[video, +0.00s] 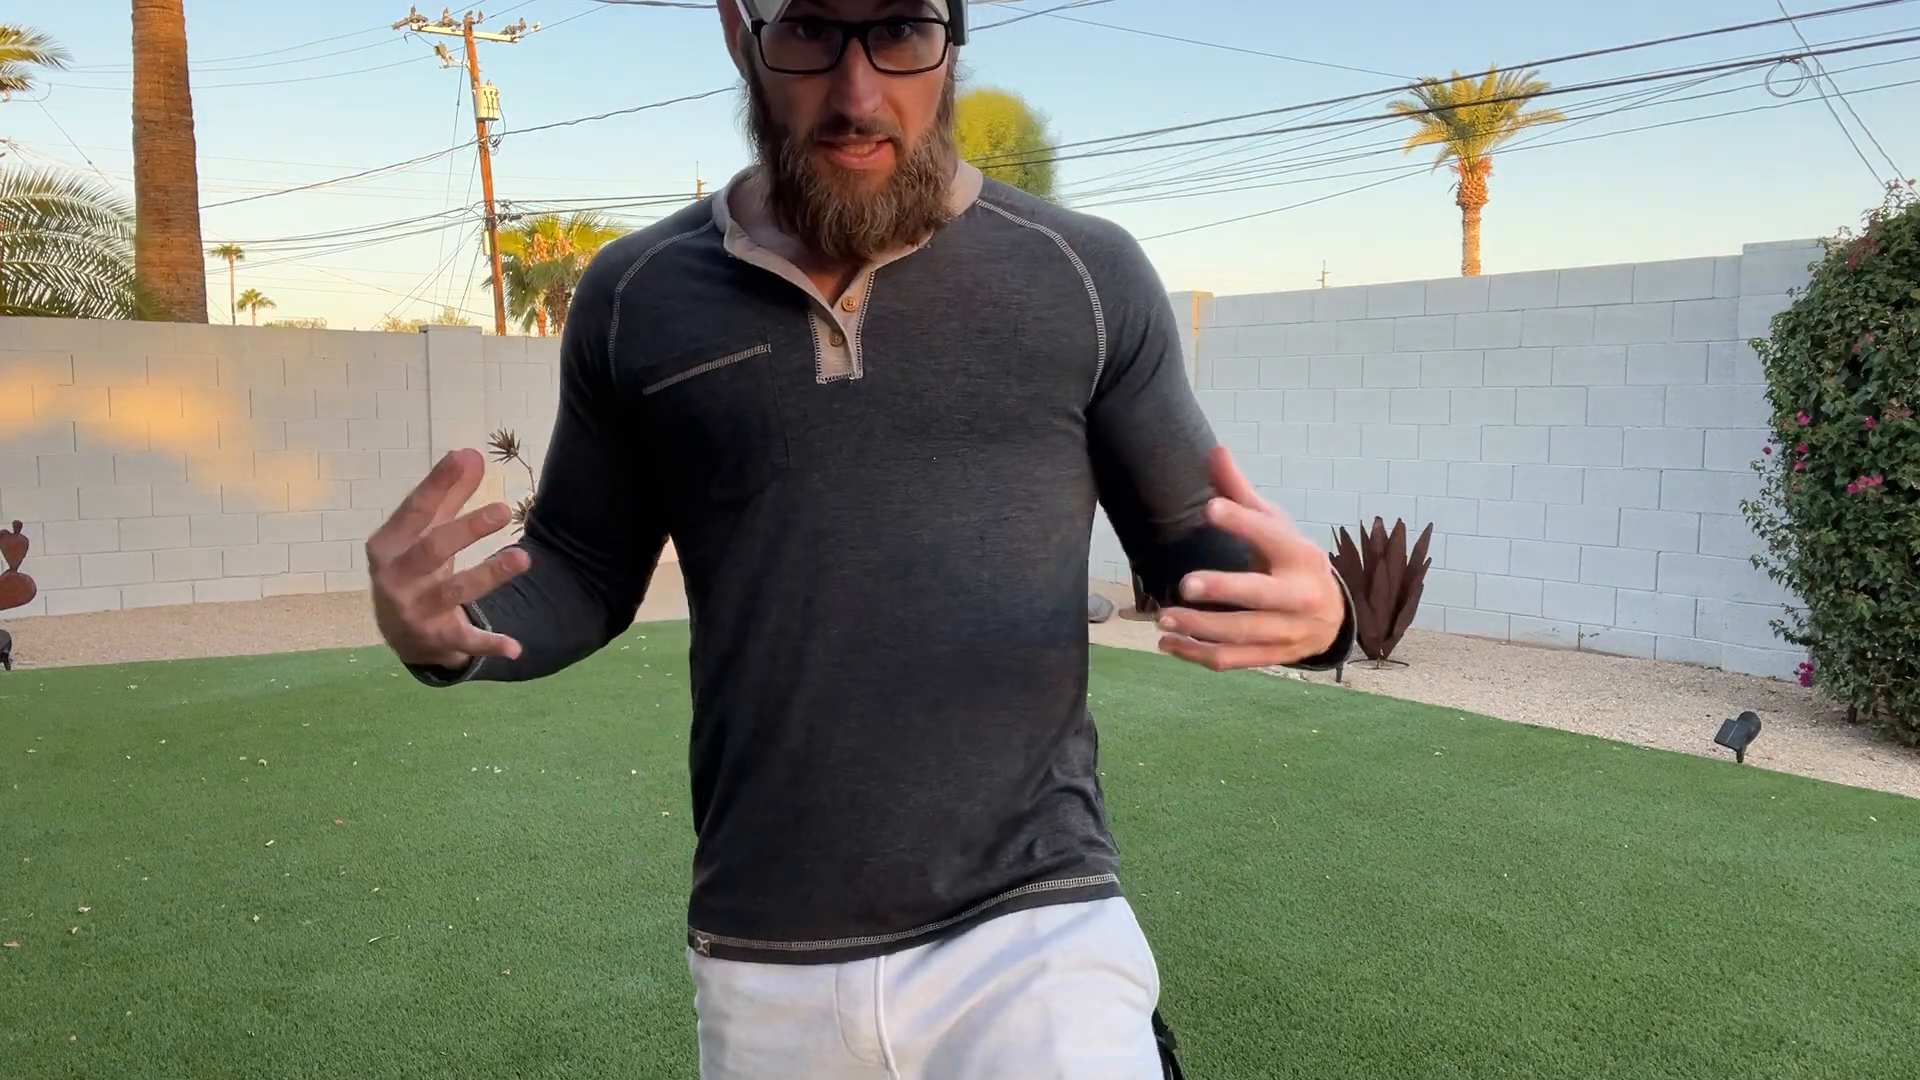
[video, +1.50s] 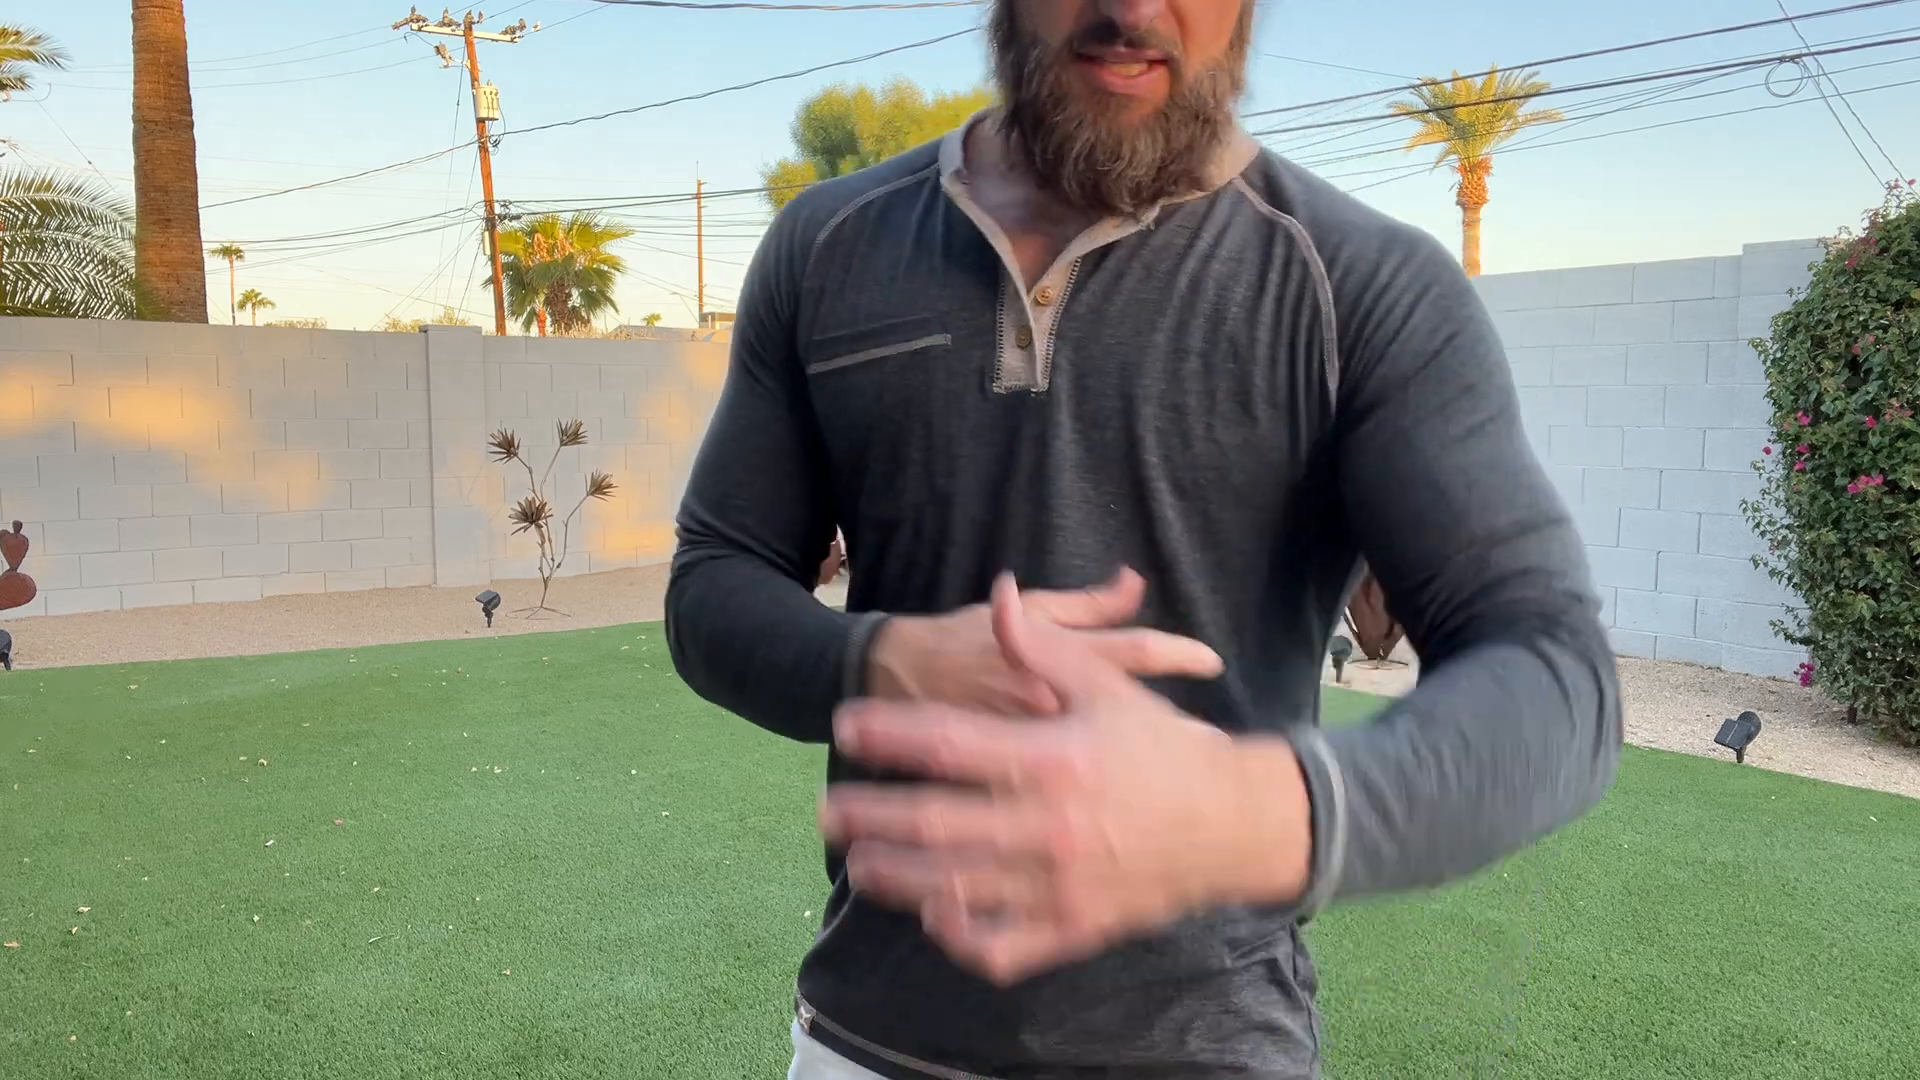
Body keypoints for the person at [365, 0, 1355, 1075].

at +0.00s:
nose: (856, 89)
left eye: (900, 38)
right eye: (808, 40)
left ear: (953, 47)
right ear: (742, 46)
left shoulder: (1085, 275)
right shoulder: (638, 302)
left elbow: (1193, 551)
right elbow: (579, 563)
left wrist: (1315, 609)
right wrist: (442, 633)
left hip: (1034, 934)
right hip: (766, 960)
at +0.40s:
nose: (957, 67)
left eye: (1004, 15)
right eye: (905, 18)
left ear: (1057, 30)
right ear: (837, 27)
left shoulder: (1190, 280)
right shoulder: (697, 289)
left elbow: (1289, 591)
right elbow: (637, 596)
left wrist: (1392, 705)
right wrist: (525, 702)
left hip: (1110, 1006)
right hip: (810, 1013)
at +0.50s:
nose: (1009, 46)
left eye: (1058, 4)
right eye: (958, 1)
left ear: (1107, 26)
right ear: (889, 13)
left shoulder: (1238, 278)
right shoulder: (723, 277)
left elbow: (1338, 603)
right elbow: (646, 587)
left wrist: (1378, 806)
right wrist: (614, 752)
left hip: (1154, 1004)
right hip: (842, 1013)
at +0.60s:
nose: (1064, 42)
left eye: (1109, 3)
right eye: (1019, 1)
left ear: (1168, 24)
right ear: (942, 14)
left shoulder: (1289, 286)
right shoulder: (760, 269)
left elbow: (1369, 647)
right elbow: (678, 592)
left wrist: (1311, 927)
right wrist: (752, 789)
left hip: (1177, 1030)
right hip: (870, 1033)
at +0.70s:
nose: (1119, 20)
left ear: (1228, 12)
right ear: (996, 1)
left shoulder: (1348, 288)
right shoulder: (804, 248)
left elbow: (1375, 681)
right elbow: (716, 605)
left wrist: (1249, 1014)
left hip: (1211, 1034)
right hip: (893, 1037)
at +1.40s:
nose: (1173, 9)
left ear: (1293, 7)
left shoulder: (1416, 299)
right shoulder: (858, 237)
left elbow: (1460, 739)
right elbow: (748, 599)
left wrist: (1359, 1056)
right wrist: (1035, 707)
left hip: (1251, 1034)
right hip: (906, 1033)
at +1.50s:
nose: (1133, 7)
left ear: (1243, 15)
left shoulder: (1365, 284)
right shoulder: (827, 253)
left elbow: (1553, 681)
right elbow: (714, 589)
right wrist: (889, 666)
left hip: (1204, 1026)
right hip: (879, 1020)